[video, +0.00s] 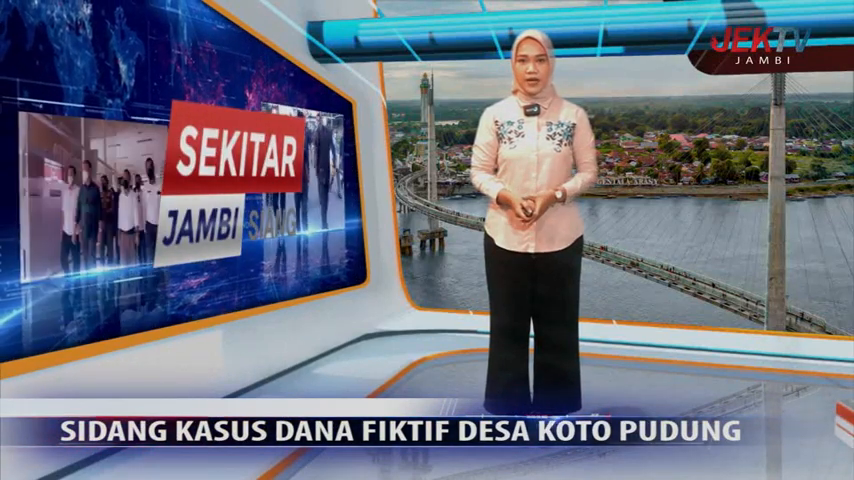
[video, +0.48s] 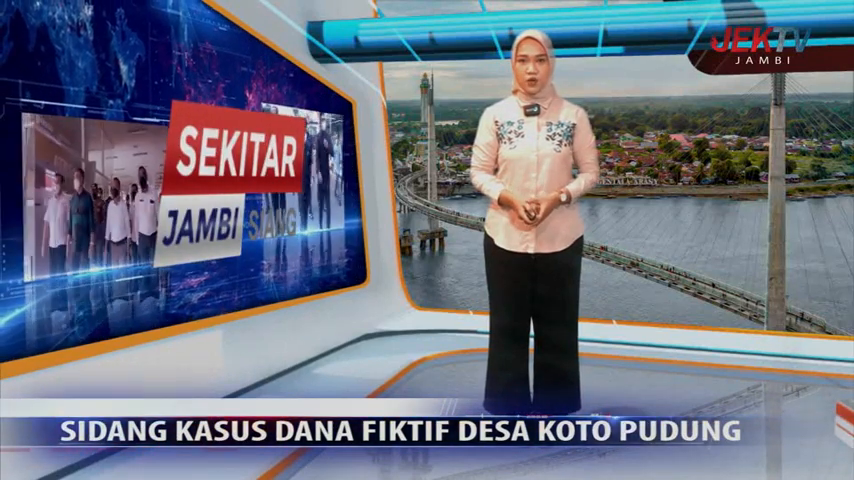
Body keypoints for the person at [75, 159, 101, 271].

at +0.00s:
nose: (85, 176)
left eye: (86, 173)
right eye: (83, 174)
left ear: (90, 175)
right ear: (82, 176)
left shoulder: (96, 189)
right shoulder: (81, 189)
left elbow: (99, 206)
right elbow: (78, 206)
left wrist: (100, 220)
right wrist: (76, 221)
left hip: (93, 221)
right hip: (83, 221)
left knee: (92, 250)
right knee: (84, 249)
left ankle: (92, 270)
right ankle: (85, 269)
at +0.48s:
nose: (77, 183)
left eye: (79, 180)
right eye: (75, 180)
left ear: (82, 182)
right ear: (73, 183)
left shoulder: (88, 197)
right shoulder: (73, 198)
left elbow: (91, 215)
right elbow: (70, 216)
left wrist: (92, 232)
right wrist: (69, 232)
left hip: (85, 228)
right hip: (75, 228)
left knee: (85, 254)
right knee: (76, 252)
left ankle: (85, 278)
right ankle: (74, 276)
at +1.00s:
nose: (74, 180)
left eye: (76, 177)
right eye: (73, 177)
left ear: (80, 179)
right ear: (70, 179)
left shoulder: (85, 196)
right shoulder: (69, 196)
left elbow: (89, 220)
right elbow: (66, 218)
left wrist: (88, 243)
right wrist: (64, 244)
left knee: (83, 270)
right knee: (70, 271)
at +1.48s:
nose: (73, 173)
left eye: (75, 171)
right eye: (72, 170)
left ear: (80, 173)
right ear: (70, 174)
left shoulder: (85, 193)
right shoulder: (69, 194)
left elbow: (89, 213)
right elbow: (66, 213)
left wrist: (91, 232)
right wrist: (62, 230)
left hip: (82, 229)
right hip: (71, 228)